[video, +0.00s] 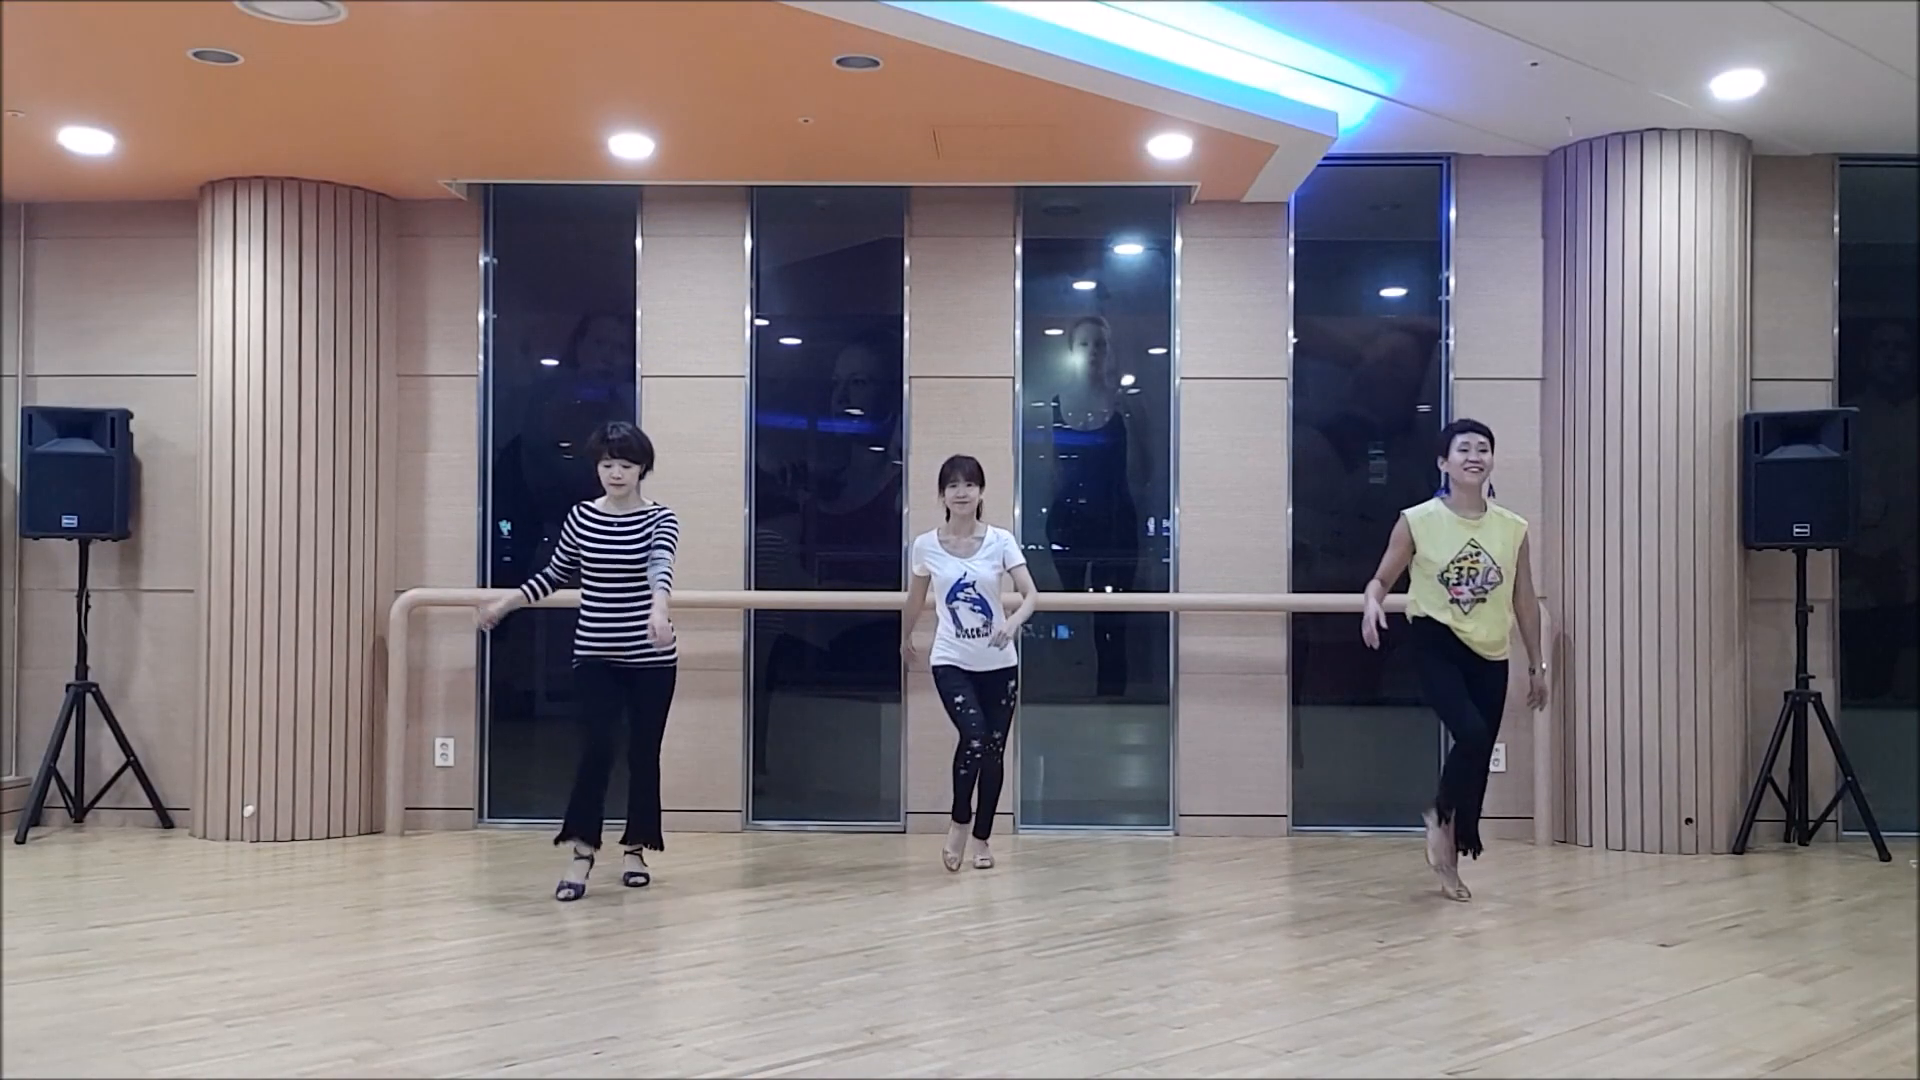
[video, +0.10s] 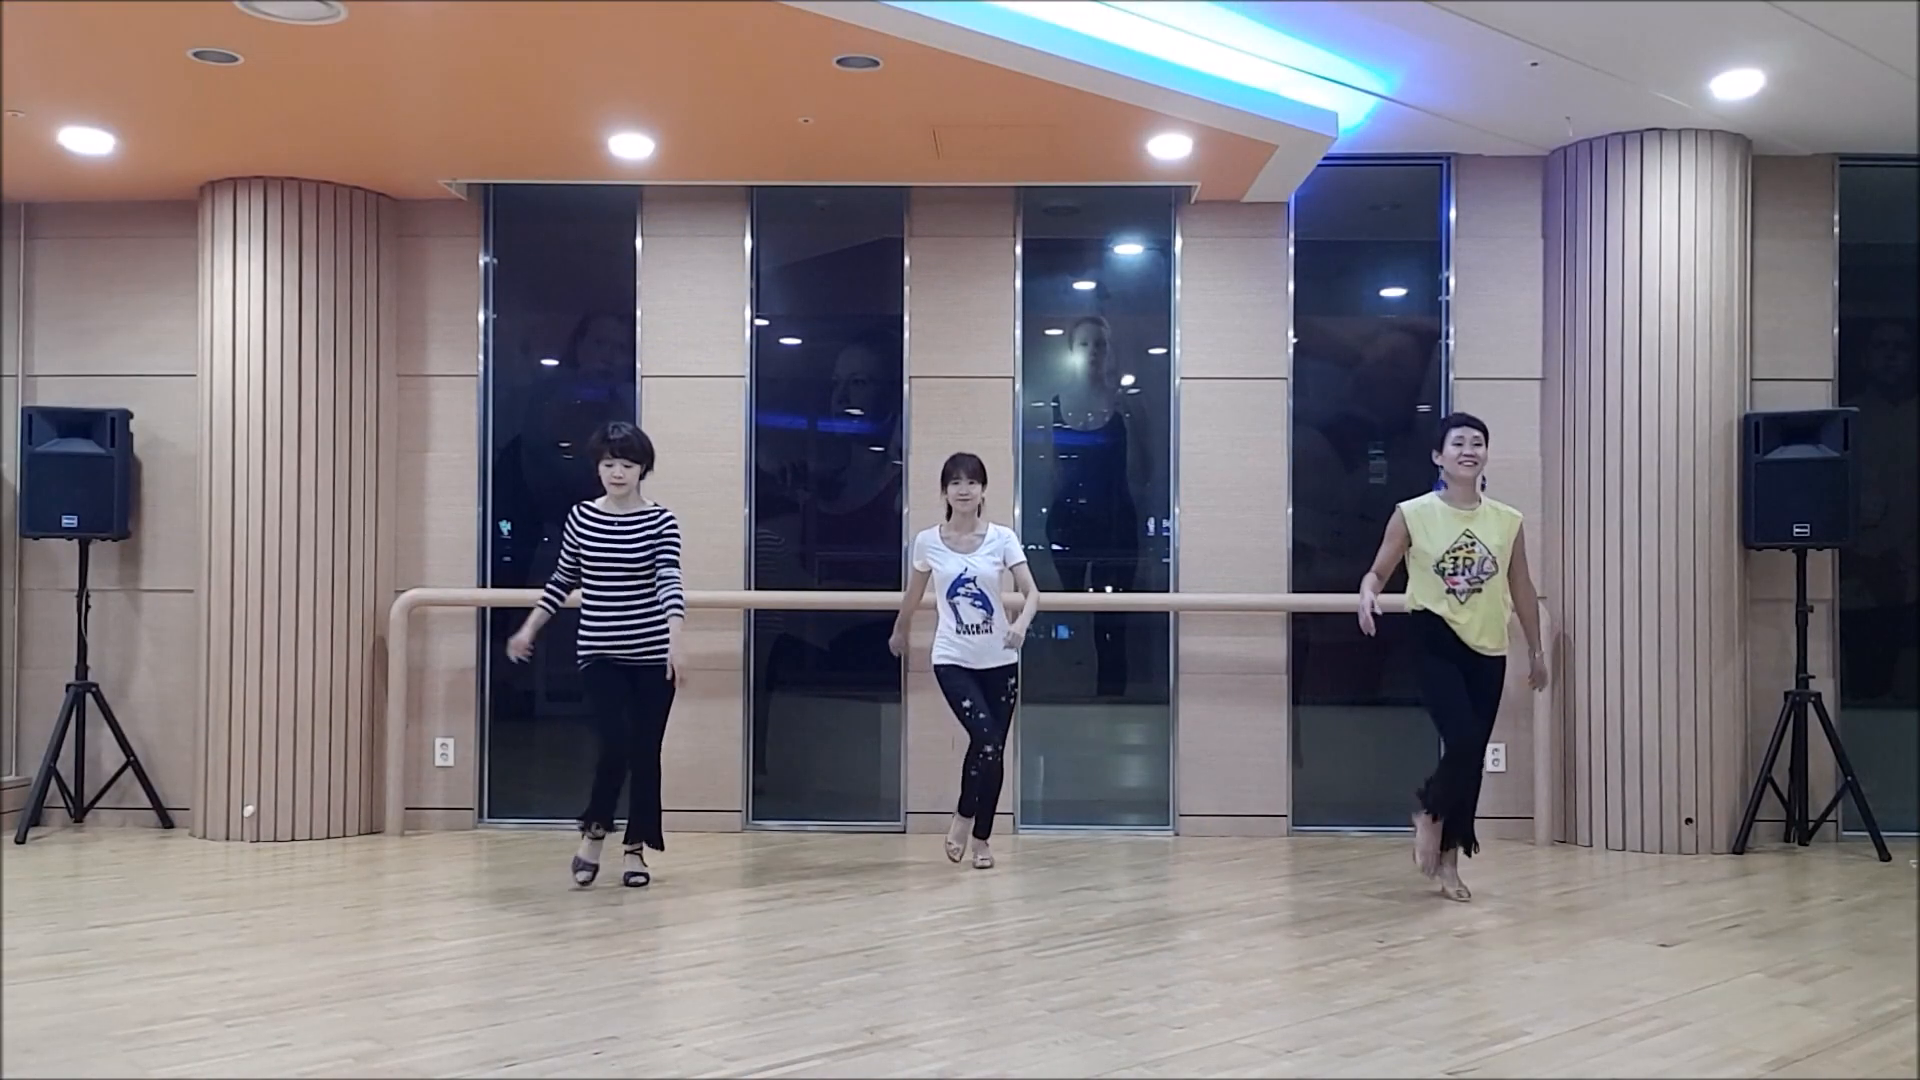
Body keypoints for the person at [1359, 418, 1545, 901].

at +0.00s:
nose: (1473, 456)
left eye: (1481, 450)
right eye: (1463, 450)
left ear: (1493, 462)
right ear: (1444, 462)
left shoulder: (1513, 528)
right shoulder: (1417, 521)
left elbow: (1524, 600)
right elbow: (1380, 583)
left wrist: (1537, 665)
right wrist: (1372, 603)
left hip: (1490, 650)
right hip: (1434, 643)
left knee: (1477, 752)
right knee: (1474, 736)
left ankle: (1451, 858)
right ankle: (1441, 818)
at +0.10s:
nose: (1469, 450)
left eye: (1476, 444)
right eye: (1459, 444)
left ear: (1487, 456)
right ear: (1439, 455)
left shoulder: (1507, 521)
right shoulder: (1412, 514)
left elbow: (1522, 589)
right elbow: (1377, 574)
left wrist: (1537, 652)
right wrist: (1367, 595)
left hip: (1488, 644)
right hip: (1432, 638)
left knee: (1471, 749)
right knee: (1465, 739)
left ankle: (1450, 858)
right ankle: (1430, 814)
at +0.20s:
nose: (1465, 451)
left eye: (1472, 445)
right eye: (1455, 445)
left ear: (1482, 455)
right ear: (1435, 456)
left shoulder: (1503, 520)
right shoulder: (1409, 515)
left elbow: (1518, 585)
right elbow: (1386, 575)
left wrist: (1535, 645)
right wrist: (1375, 594)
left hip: (1485, 645)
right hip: (1430, 638)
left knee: (1469, 752)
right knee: (1446, 747)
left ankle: (1450, 856)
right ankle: (1422, 850)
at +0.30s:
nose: (1462, 447)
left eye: (1470, 441)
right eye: (1452, 441)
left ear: (1479, 452)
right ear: (1433, 452)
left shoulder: (1501, 514)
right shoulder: (1408, 512)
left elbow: (1514, 587)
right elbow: (1394, 575)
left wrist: (1531, 648)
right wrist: (1391, 595)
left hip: (1481, 640)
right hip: (1427, 633)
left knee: (1465, 753)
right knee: (1433, 747)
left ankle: (1449, 856)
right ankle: (1419, 850)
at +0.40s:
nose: (1462, 447)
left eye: (1469, 440)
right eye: (1451, 441)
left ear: (1479, 451)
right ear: (1433, 454)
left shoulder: (1503, 515)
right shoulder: (1410, 514)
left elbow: (1510, 590)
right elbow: (1393, 581)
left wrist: (1521, 653)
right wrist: (1409, 608)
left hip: (1477, 647)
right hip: (1424, 643)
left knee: (1463, 756)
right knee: (1422, 749)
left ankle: (1449, 857)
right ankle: (1415, 846)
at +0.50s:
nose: (1461, 447)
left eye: (1466, 441)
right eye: (1450, 442)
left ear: (1478, 454)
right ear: (1432, 458)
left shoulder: (1503, 518)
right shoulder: (1409, 516)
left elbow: (1507, 589)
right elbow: (1392, 585)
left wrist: (1503, 645)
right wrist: (1423, 603)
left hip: (1478, 649)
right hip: (1423, 642)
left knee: (1466, 756)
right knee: (1406, 744)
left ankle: (1448, 856)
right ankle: (1381, 833)